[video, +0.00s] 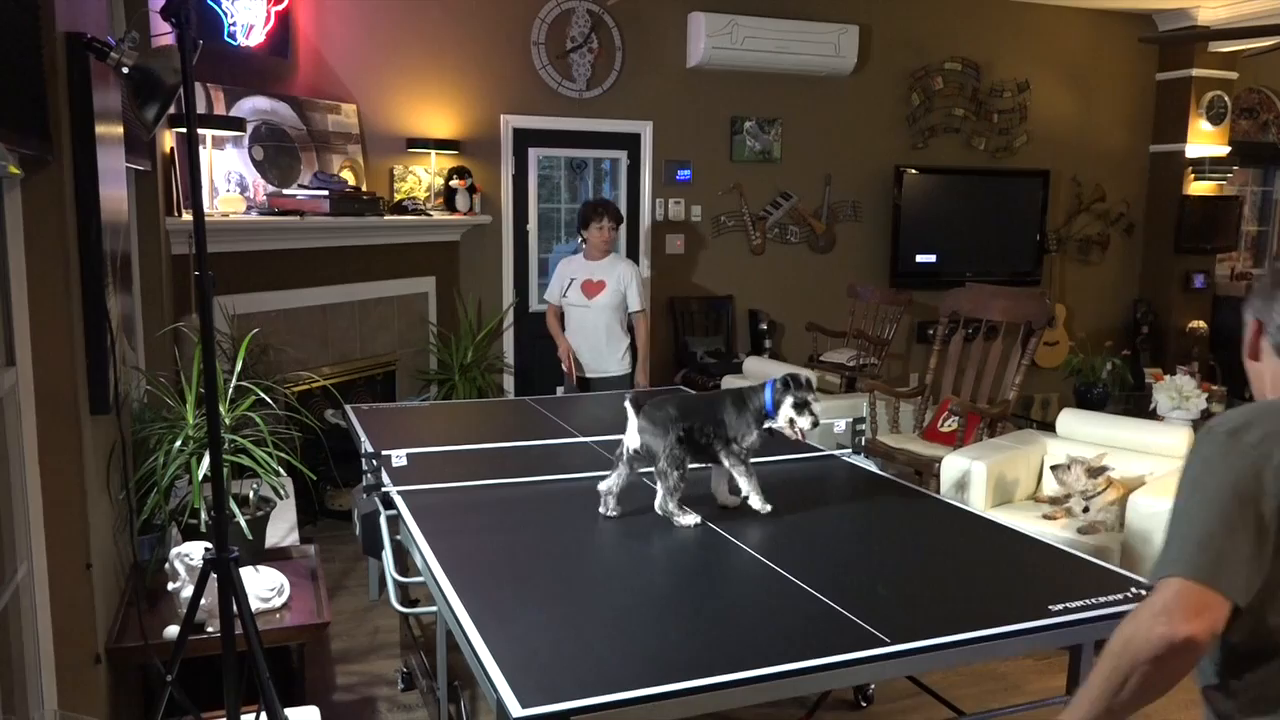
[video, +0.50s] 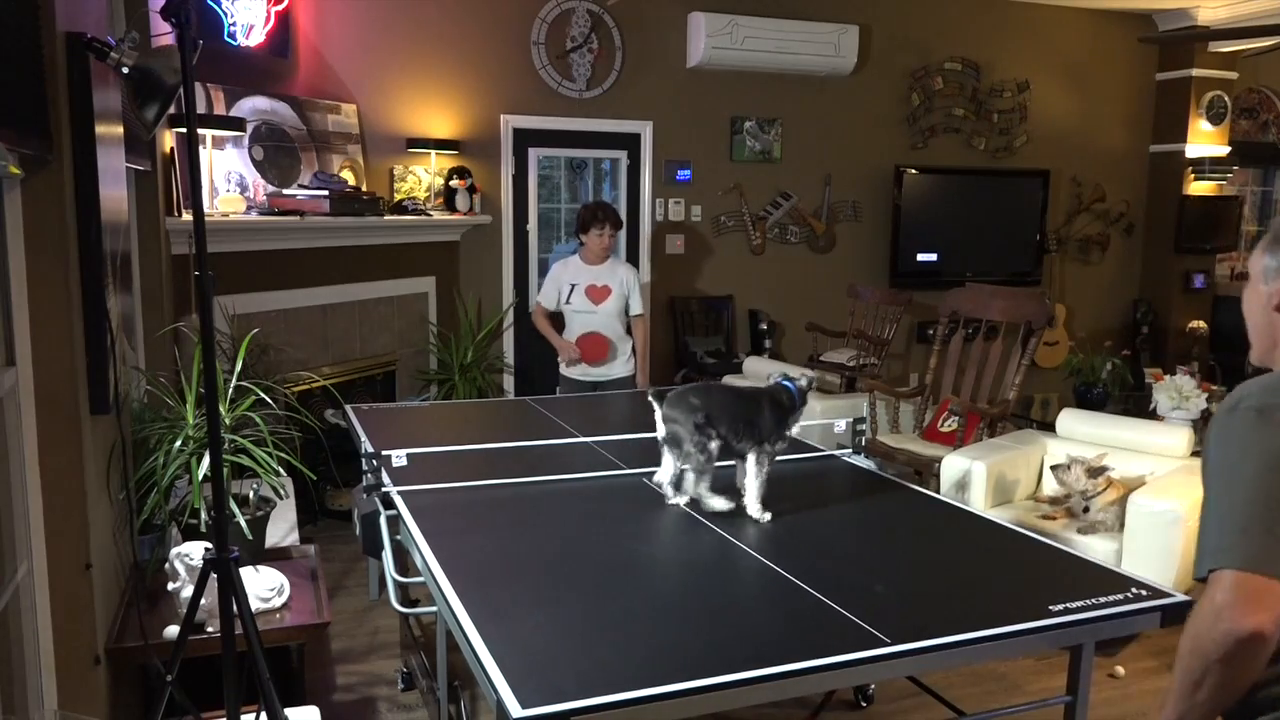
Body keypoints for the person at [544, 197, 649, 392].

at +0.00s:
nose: (606, 236)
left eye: (611, 229)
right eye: (599, 229)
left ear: (617, 232)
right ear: (584, 232)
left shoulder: (626, 269)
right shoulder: (566, 267)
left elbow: (639, 321)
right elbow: (552, 312)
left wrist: (642, 368)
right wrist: (561, 343)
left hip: (614, 374)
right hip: (575, 373)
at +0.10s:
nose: (606, 235)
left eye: (610, 229)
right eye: (598, 229)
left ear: (615, 232)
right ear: (582, 232)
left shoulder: (625, 268)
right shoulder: (564, 267)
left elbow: (636, 320)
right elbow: (551, 313)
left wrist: (635, 370)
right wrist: (561, 343)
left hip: (613, 372)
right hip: (574, 372)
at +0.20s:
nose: (605, 236)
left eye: (609, 229)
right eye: (597, 229)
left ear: (614, 232)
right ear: (581, 232)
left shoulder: (624, 269)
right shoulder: (563, 268)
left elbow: (636, 321)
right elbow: (549, 313)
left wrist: (637, 369)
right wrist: (562, 344)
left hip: (614, 372)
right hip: (574, 373)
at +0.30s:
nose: (604, 236)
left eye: (609, 230)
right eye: (597, 230)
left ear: (614, 232)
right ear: (581, 233)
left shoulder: (624, 270)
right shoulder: (562, 269)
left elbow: (638, 321)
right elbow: (547, 314)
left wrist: (641, 368)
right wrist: (560, 345)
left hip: (616, 372)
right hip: (575, 374)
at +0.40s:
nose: (606, 239)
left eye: (610, 232)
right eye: (598, 232)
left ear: (615, 234)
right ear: (581, 235)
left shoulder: (626, 271)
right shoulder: (563, 270)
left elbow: (638, 320)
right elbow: (543, 314)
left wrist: (642, 368)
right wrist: (560, 346)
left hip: (617, 375)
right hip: (575, 376)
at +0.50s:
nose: (607, 242)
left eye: (612, 235)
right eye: (599, 235)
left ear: (616, 236)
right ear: (582, 236)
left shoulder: (626, 273)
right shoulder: (561, 270)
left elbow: (638, 322)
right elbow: (538, 314)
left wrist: (642, 372)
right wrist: (559, 344)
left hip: (617, 376)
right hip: (574, 377)